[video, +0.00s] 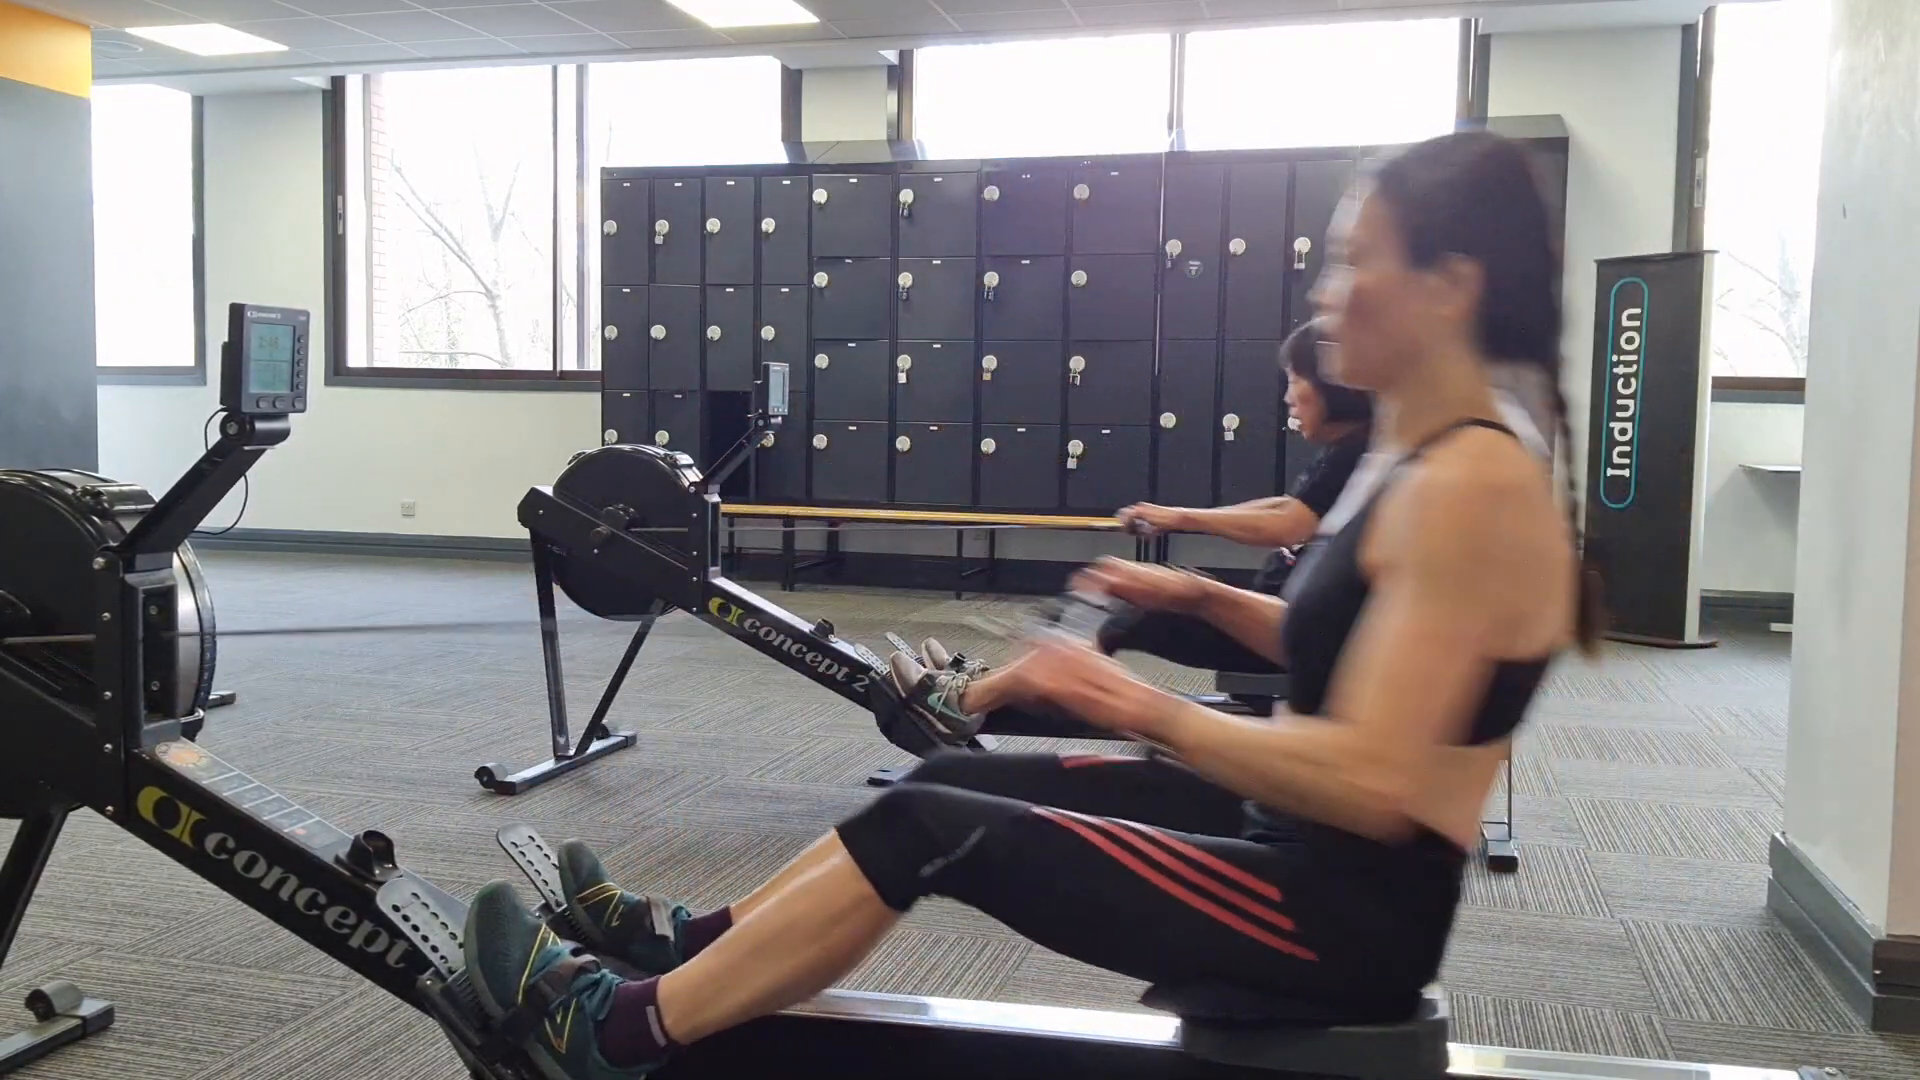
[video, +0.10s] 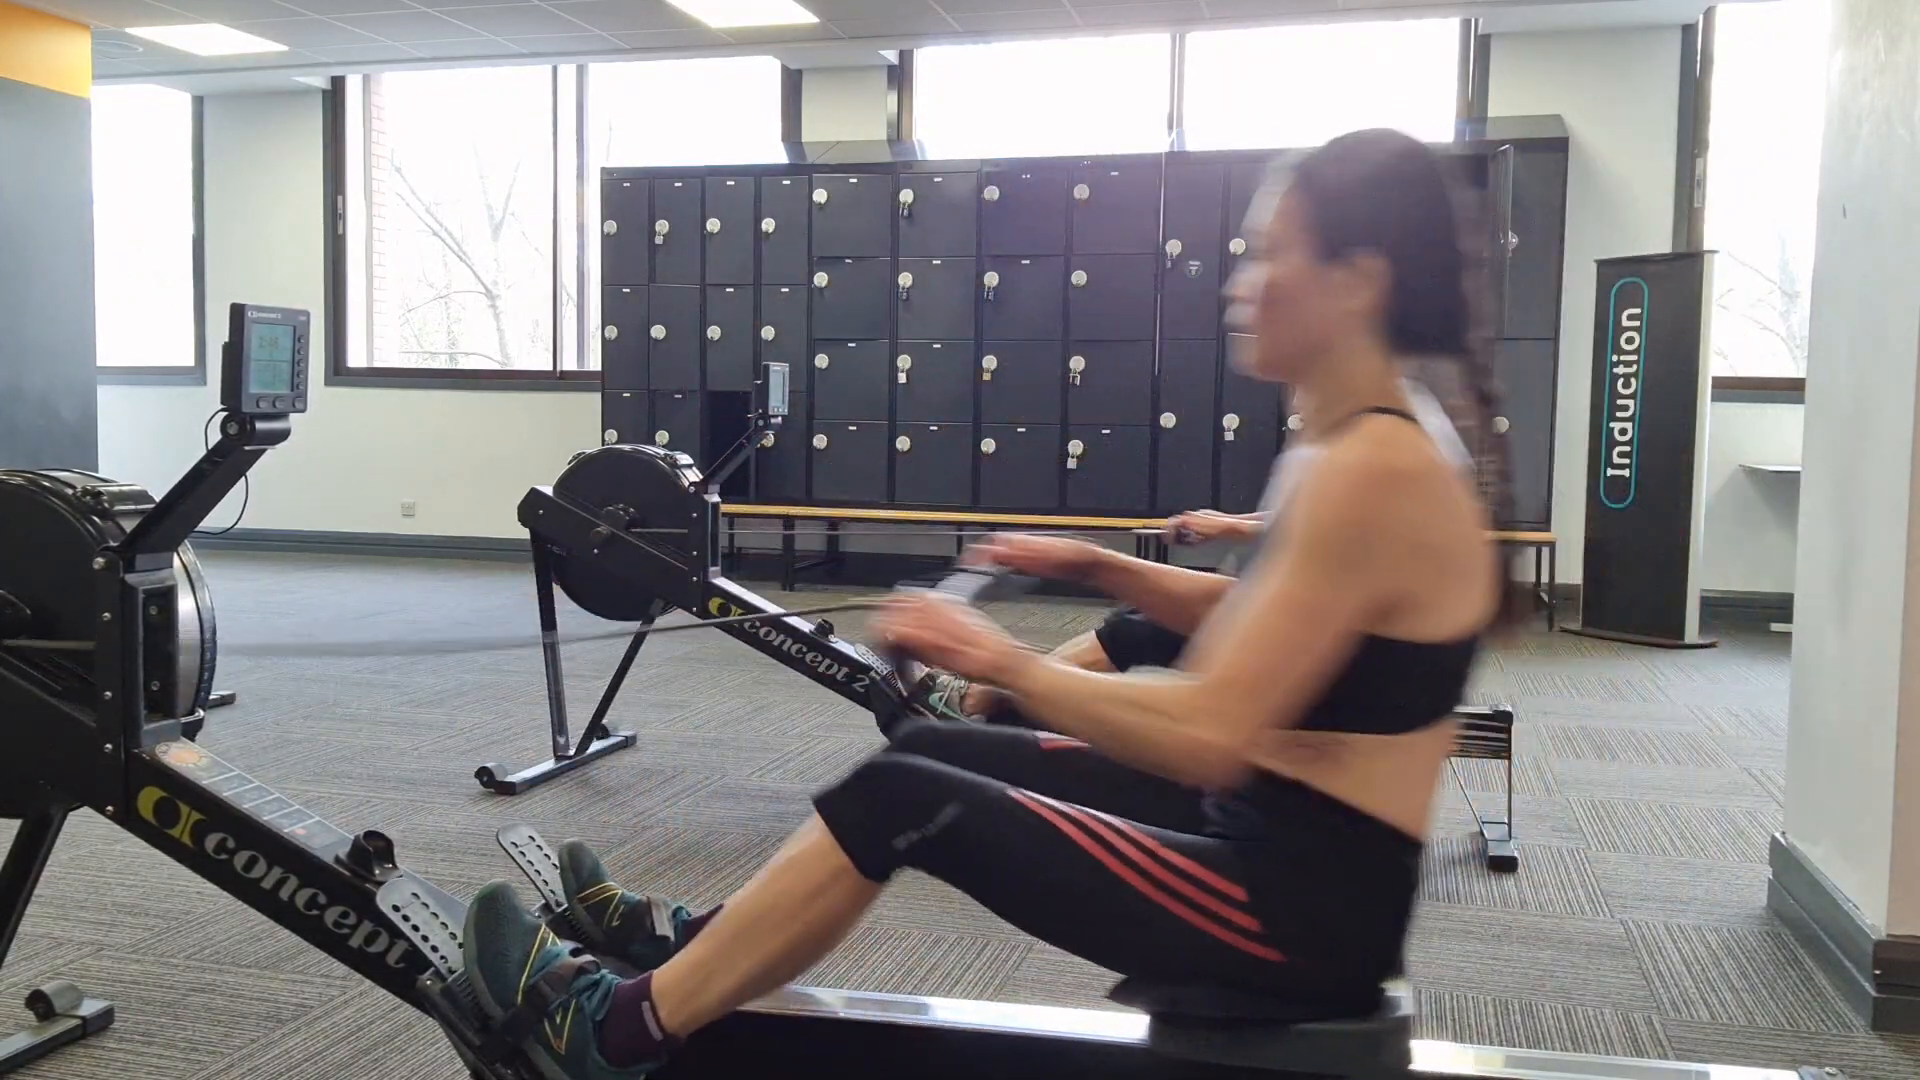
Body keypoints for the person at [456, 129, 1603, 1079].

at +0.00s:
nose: (1322, 296)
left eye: (1350, 262)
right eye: (1329, 264)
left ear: (1455, 284)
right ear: (1429, 284)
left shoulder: (1477, 486)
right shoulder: (1420, 466)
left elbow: (1385, 782)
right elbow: (1350, 715)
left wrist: (1128, 708)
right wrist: (1151, 675)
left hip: (1340, 916)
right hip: (1303, 855)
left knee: (937, 816)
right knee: (953, 776)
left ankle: (638, 1033)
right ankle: (693, 958)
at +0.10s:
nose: (1238, 286)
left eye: (1267, 256)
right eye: (1244, 256)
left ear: (1363, 281)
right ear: (1339, 283)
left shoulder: (1373, 470)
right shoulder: (1353, 451)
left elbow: (1210, 742)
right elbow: (1263, 640)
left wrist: (1002, 663)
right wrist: (1109, 571)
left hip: (1294, 908)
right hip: (1280, 855)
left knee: (910, 788)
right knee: (933, 743)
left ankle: (643, 1026)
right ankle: (699, 968)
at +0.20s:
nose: (1145, 286)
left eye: (1172, 258)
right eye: (1154, 258)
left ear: (1259, 280)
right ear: (1255, 284)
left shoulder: (1253, 467)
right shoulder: (1297, 447)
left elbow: (1052, 708)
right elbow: (1180, 608)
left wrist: (858, 651)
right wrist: (991, 558)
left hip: (1242, 906)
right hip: (1256, 868)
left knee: (874, 765)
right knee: (893, 744)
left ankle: (633, 1022)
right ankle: (675, 977)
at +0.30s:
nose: (1053, 292)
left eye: (1077, 264)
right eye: (1060, 264)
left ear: (1166, 285)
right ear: (1161, 288)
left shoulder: (1152, 468)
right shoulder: (1210, 449)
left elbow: (916, 692)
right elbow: (1075, 597)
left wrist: (731, 677)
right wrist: (874, 581)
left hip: (1176, 914)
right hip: (1209, 868)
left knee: (831, 741)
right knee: (871, 704)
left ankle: (630, 1013)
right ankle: (667, 961)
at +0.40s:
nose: (963, 297)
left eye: (985, 269)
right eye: (971, 270)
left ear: (1067, 296)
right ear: (1064, 298)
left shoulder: (1058, 473)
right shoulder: (1130, 435)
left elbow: (799, 679)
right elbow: (982, 574)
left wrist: (620, 704)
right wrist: (801, 600)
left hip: (1110, 898)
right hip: (1141, 853)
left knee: (790, 716)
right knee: (837, 678)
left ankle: (618, 1013)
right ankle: (683, 944)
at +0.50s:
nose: (888, 317)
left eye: (907, 287)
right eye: (893, 288)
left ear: (985, 304)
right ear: (985, 306)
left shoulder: (974, 474)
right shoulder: (1064, 432)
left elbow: (706, 653)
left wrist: (518, 737)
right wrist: (688, 642)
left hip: (1050, 894)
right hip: (1104, 861)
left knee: (731, 692)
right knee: (782, 644)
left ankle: (615, 1011)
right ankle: (695, 937)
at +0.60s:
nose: (815, 323)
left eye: (833, 294)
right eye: (821, 294)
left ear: (906, 315)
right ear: (917, 317)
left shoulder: (893, 480)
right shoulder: (998, 441)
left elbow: (614, 652)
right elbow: (773, 596)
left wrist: (435, 750)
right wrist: (628, 645)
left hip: (997, 903)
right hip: (1064, 871)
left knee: (695, 680)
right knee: (761, 644)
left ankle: (609, 1006)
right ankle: (689, 941)